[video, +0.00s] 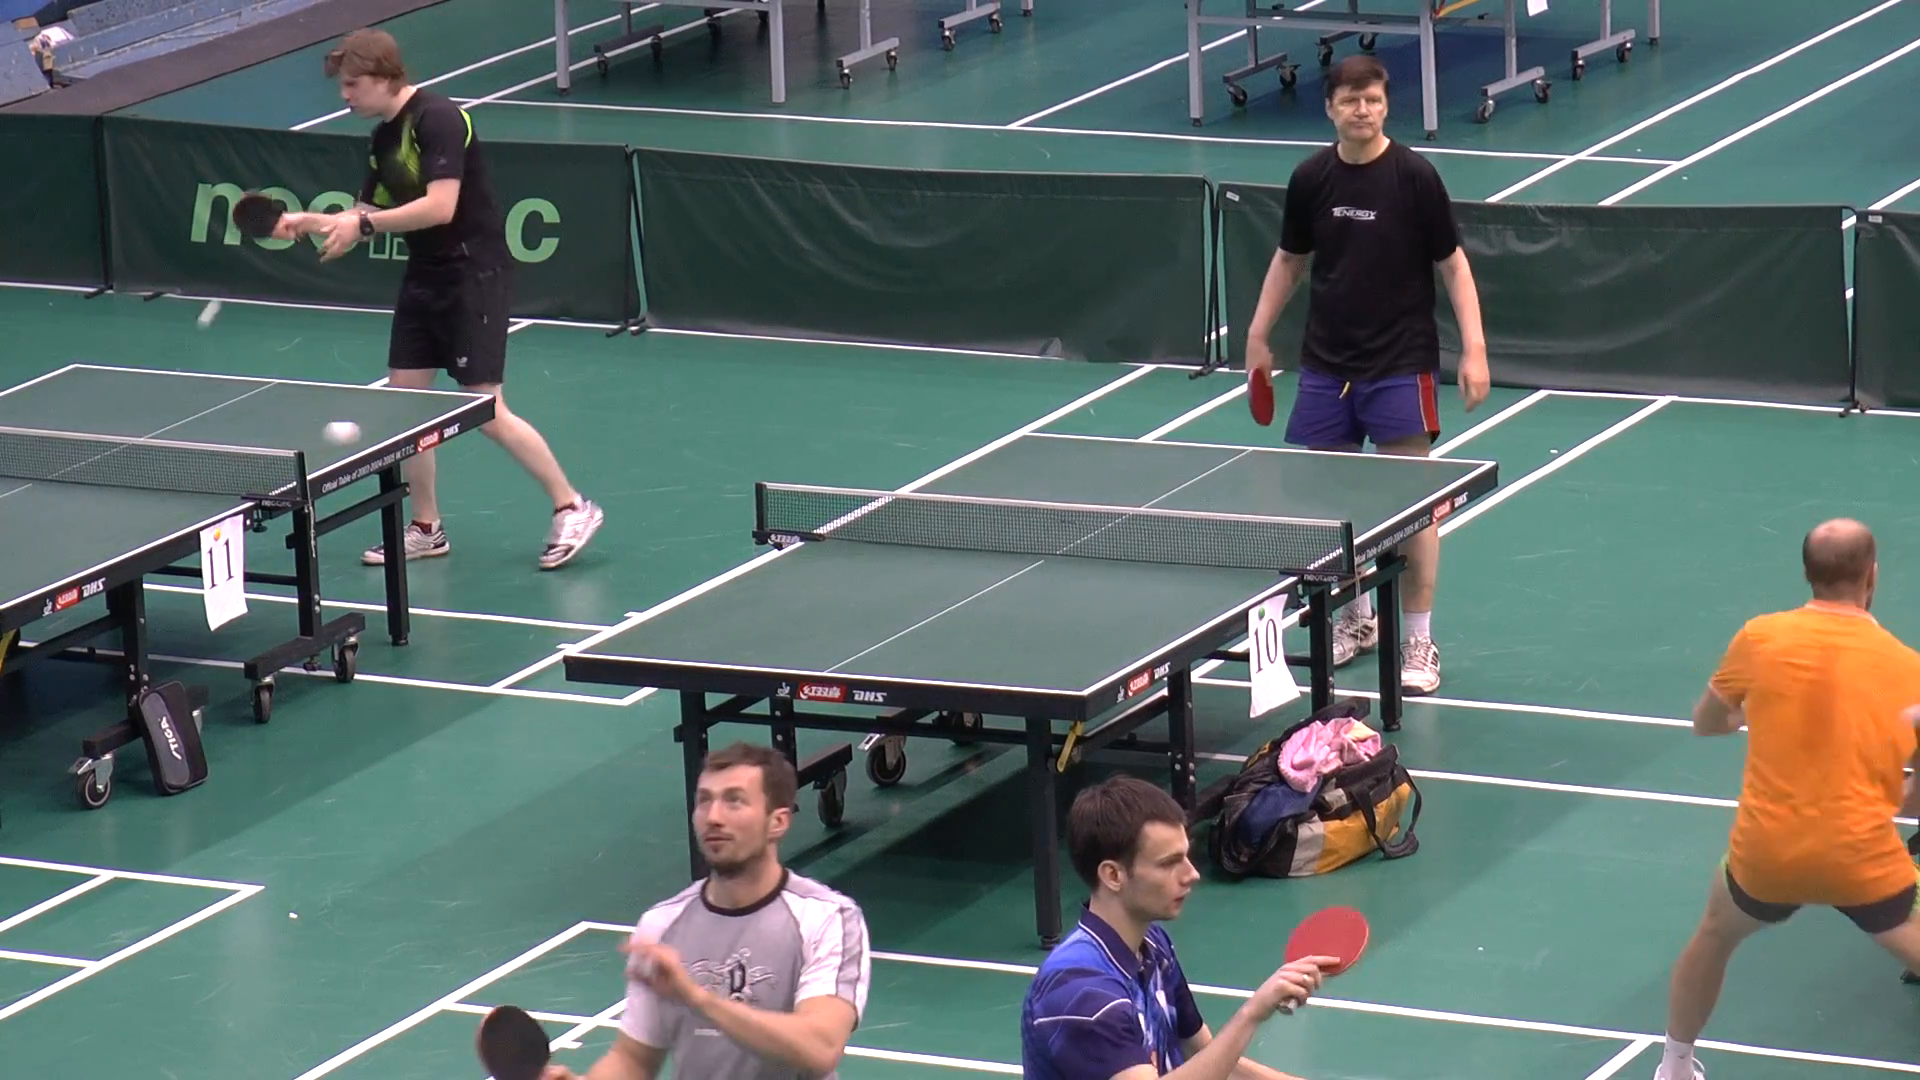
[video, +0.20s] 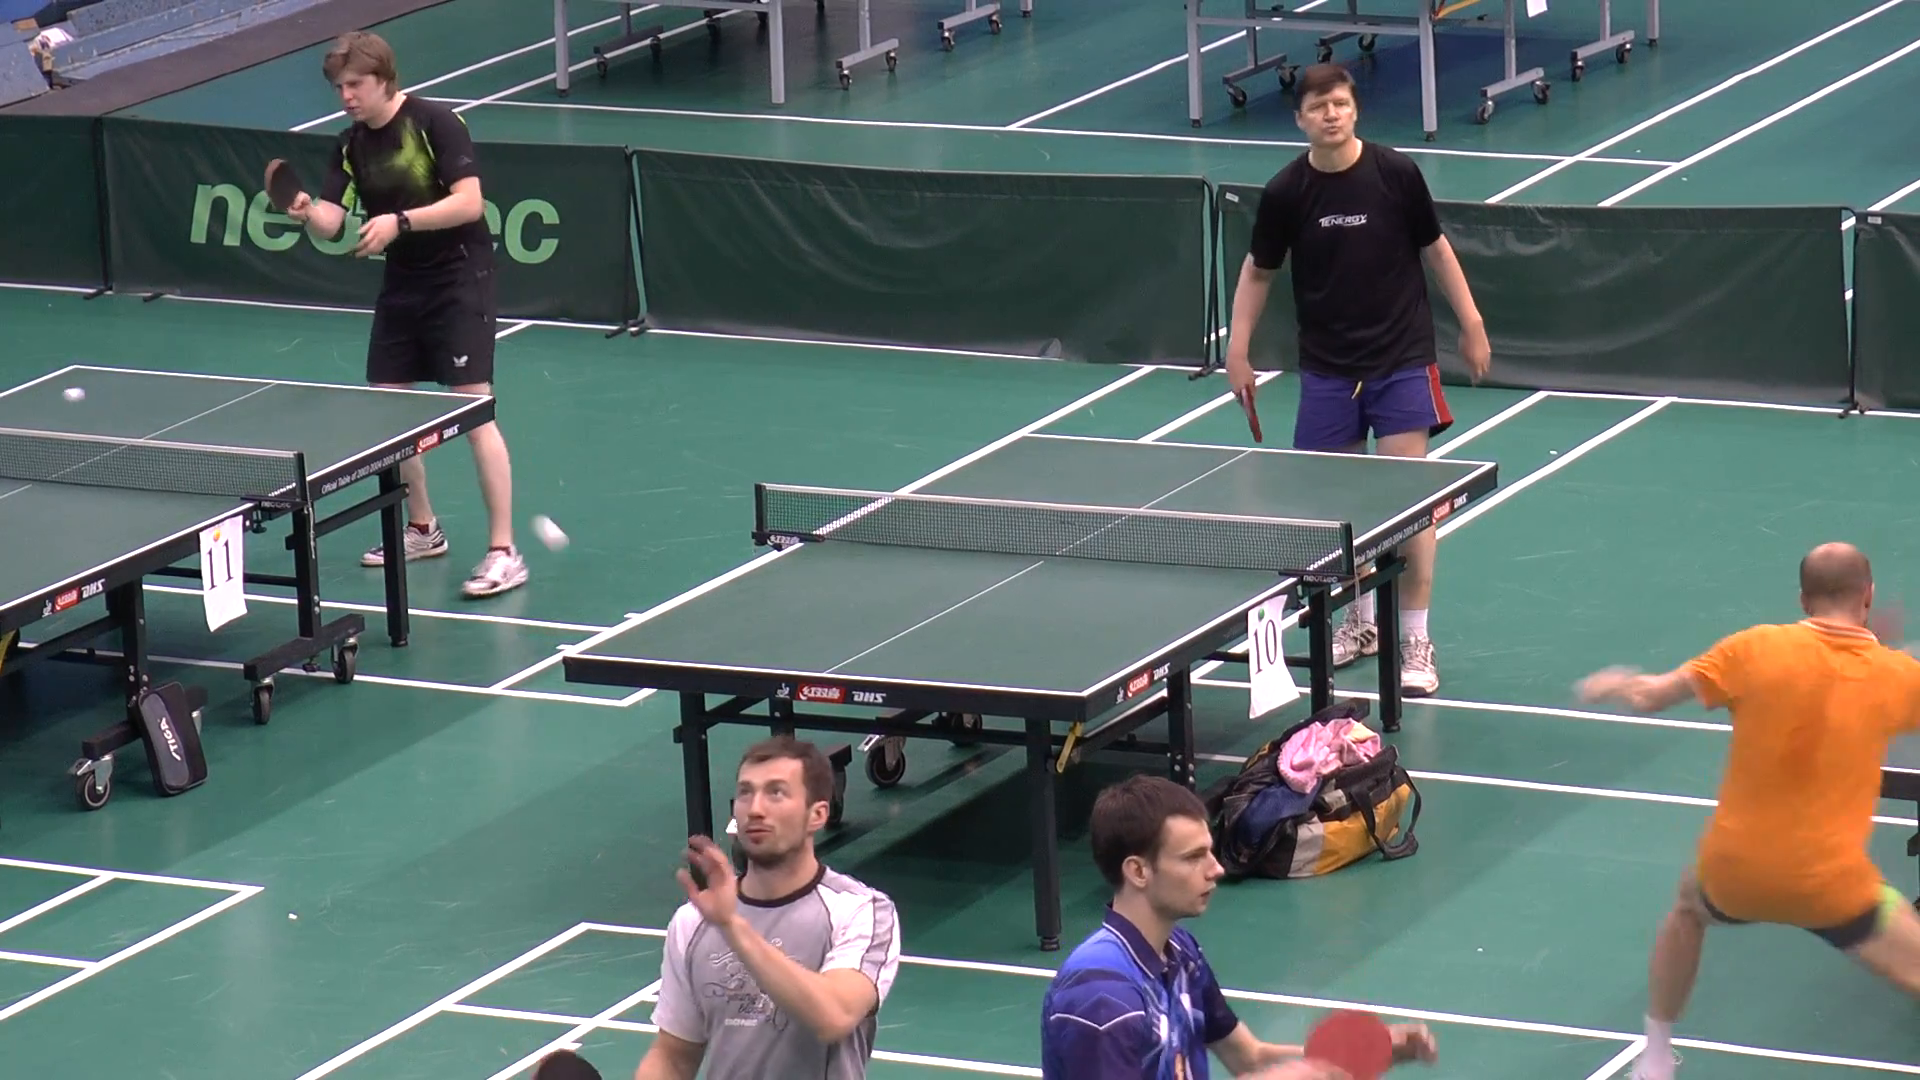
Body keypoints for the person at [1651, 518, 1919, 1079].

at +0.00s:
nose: (1876, 571)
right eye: (1876, 564)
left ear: (1806, 574)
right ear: (1871, 574)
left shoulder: (1761, 638)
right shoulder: (1906, 663)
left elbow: (1706, 722)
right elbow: (1909, 797)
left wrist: (1744, 713)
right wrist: (1875, 787)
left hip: (1765, 854)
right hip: (1863, 859)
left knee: (1714, 938)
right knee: (1913, 947)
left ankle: (1675, 1065)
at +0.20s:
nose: (1869, 597)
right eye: (1869, 590)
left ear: (1803, 595)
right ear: (1867, 595)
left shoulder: (1756, 647)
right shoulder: (1899, 674)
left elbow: (1649, 697)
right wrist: (1883, 652)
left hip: (1733, 870)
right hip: (1829, 882)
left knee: (1689, 913)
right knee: (1917, 973)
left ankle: (1655, 1055)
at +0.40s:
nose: (1813, 590)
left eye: (1809, 579)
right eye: (1811, 581)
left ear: (1741, 583)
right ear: (1801, 589)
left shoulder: (1674, 631)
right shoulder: (1800, 659)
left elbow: (1607, 690)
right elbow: (1898, 685)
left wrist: (1541, 774)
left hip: (1637, 849)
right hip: (1715, 861)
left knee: (1661, 924)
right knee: (1851, 968)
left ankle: (1587, 1059)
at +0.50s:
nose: (1792, 568)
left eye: (1791, 558)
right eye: (1791, 558)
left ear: (1724, 559)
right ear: (1779, 565)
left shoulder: (1653, 609)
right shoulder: (1763, 636)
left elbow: (1570, 689)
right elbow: (1812, 714)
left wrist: (1537, 784)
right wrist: (1903, 753)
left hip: (1607, 825)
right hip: (1678, 836)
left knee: (1642, 913)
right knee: (1797, 960)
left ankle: (1584, 1058)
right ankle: (1820, 1071)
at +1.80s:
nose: (1763, 603)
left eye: (1760, 593)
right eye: (1761, 595)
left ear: (1692, 604)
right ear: (1751, 610)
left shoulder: (1626, 666)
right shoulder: (1758, 707)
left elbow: (1584, 772)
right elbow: (1824, 834)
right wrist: (1819, 836)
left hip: (1580, 883)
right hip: (1662, 899)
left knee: (1533, 982)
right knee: (1788, 1025)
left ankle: (1466, 1074)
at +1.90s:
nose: (1783, 622)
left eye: (1780, 612)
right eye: (1781, 614)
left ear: (1709, 625)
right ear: (1772, 631)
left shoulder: (1651, 678)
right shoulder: (1771, 736)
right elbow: (1829, 861)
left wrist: (1761, 806)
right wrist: (1797, 863)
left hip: (1589, 894)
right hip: (1671, 914)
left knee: (1548, 990)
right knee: (1810, 1030)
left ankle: (1476, 1075)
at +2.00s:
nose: (1787, 616)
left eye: (1782, 606)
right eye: (1785, 608)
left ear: (1713, 618)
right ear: (1777, 623)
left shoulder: (1652, 673)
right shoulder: (1782, 728)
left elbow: (1618, 756)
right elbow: (1825, 860)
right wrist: (1767, 861)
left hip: (1601, 895)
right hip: (1689, 915)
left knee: (1541, 993)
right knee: (1815, 1033)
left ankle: (1476, 1075)